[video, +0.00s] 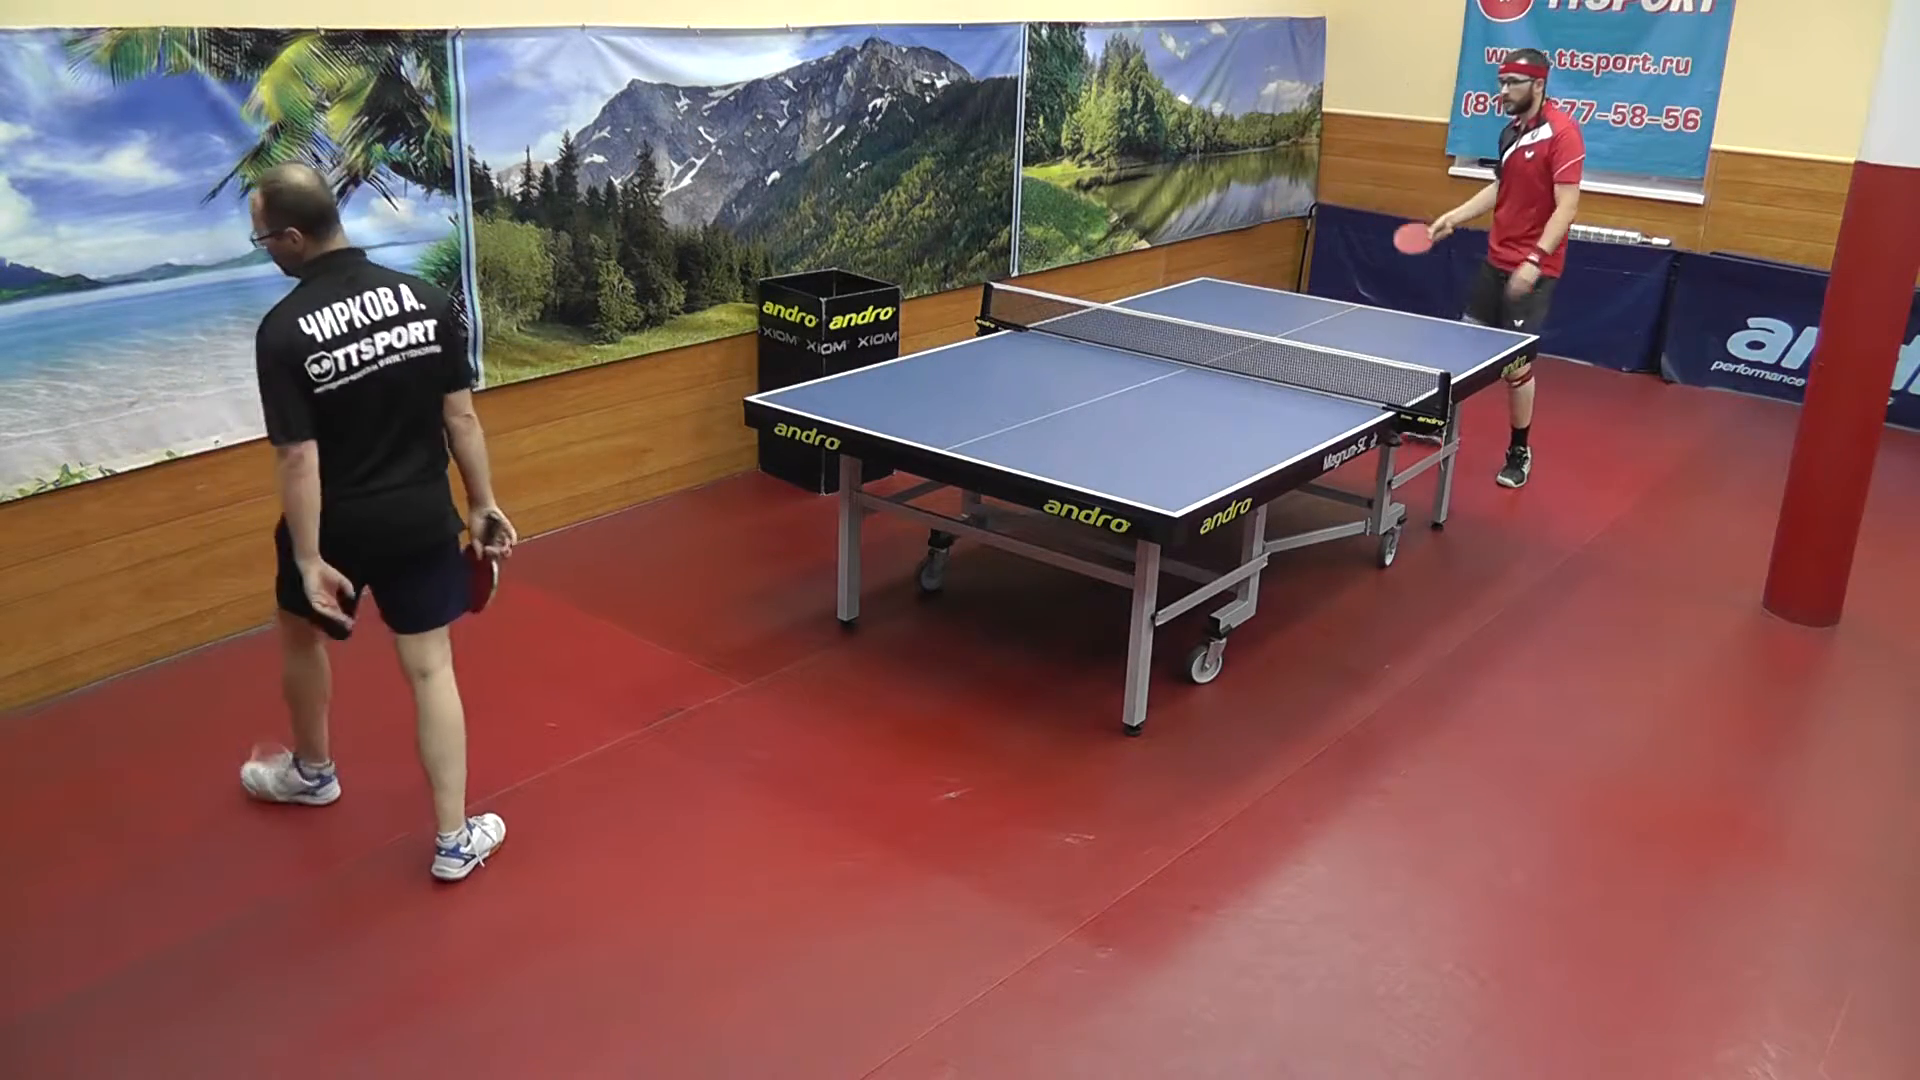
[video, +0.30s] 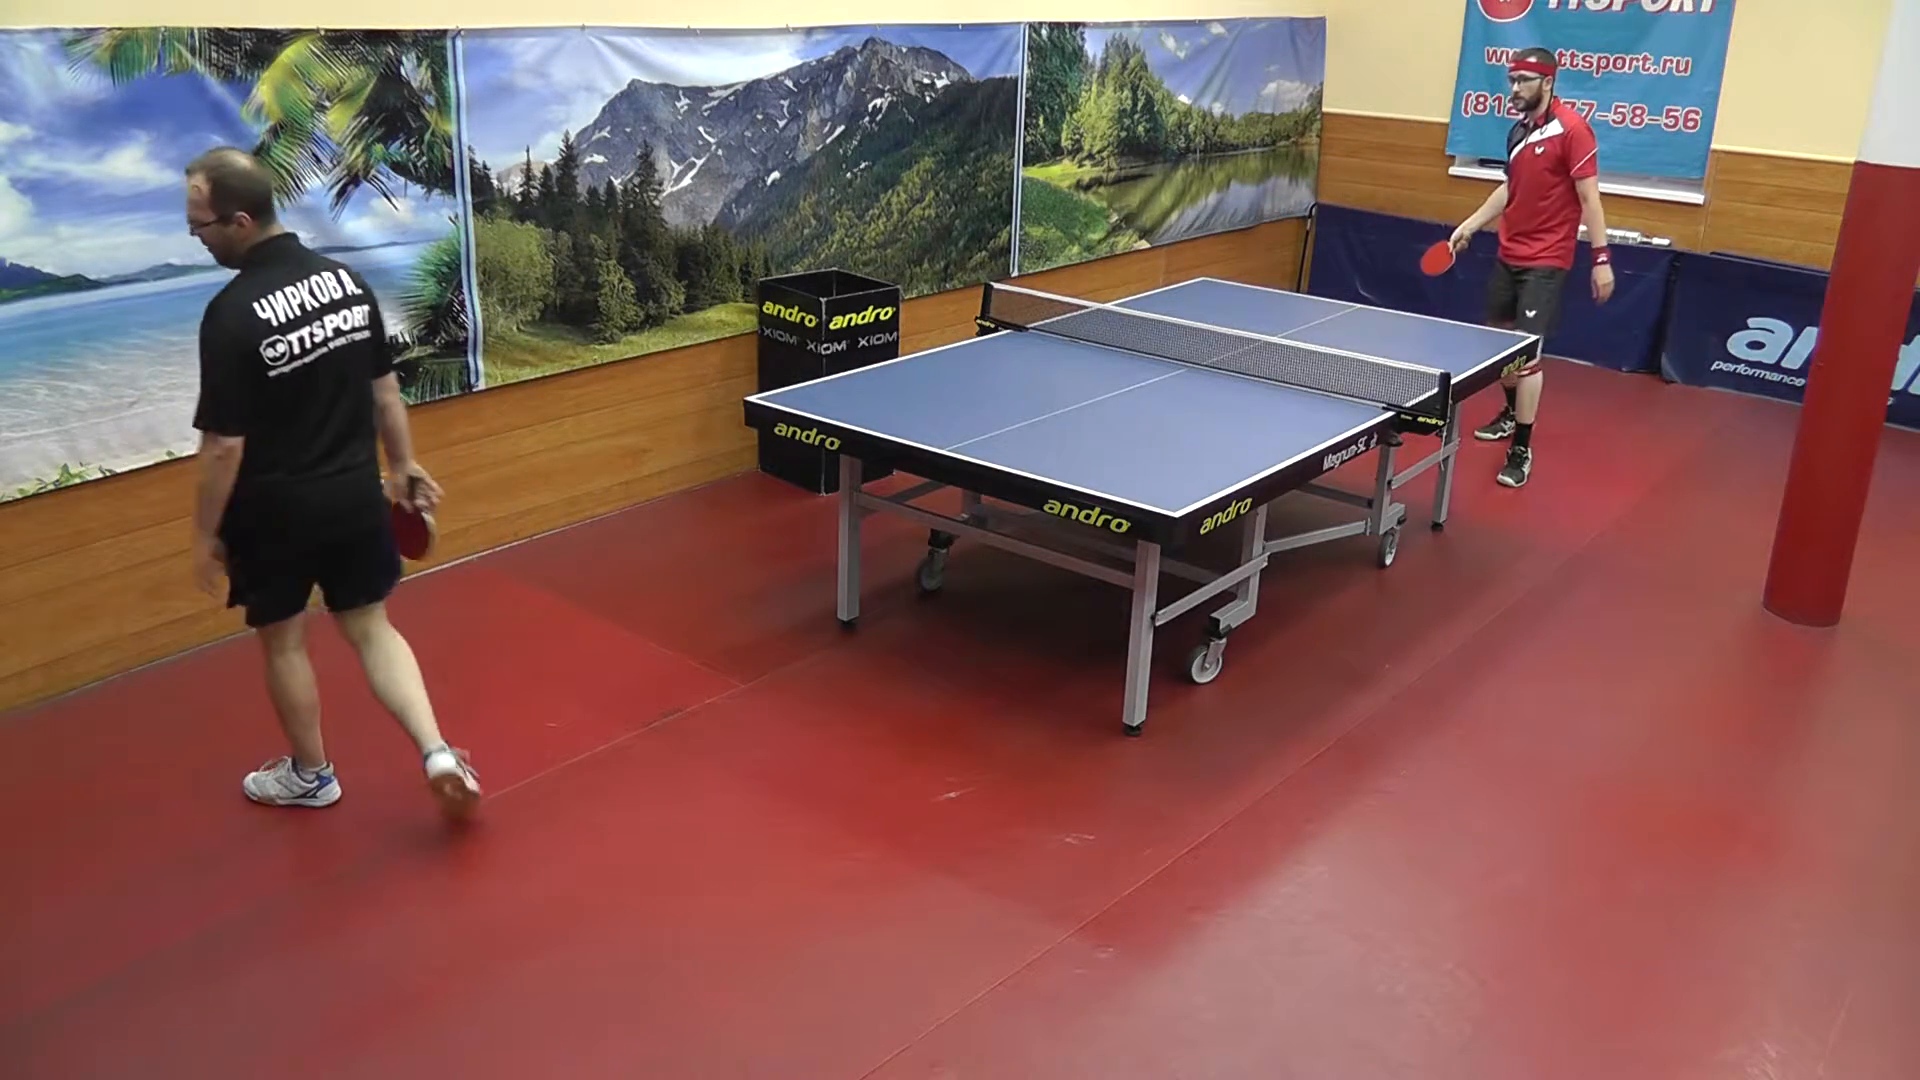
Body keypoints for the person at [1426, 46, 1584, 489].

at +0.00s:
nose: (1504, 91)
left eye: (1513, 84)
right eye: (1502, 83)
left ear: (1538, 85)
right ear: (1505, 85)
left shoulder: (1563, 133)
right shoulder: (1512, 129)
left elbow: (1567, 207)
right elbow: (1501, 188)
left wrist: (1534, 260)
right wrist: (1455, 216)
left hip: (1534, 267)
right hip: (1496, 260)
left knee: (1515, 363)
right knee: (1465, 342)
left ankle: (1518, 452)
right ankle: (1440, 417)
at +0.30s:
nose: (1516, 88)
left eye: (1525, 81)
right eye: (1513, 80)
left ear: (1547, 83)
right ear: (1513, 83)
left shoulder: (1573, 130)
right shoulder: (1519, 128)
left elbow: (1590, 199)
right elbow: (1511, 189)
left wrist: (1601, 258)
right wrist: (1470, 225)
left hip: (1547, 260)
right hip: (1509, 254)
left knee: (1527, 353)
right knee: (1496, 338)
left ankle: (1521, 450)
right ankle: (1513, 410)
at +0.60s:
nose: (1520, 84)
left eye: (1528, 77)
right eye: (1516, 77)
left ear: (1550, 77)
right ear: (1514, 79)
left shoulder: (1580, 120)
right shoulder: (1518, 126)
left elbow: (1598, 182)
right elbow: (1503, 182)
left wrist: (1585, 236)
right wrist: (1467, 223)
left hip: (1562, 252)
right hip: (1519, 249)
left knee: (1552, 342)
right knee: (1511, 329)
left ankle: (1544, 436)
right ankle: (1518, 416)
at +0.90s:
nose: (1549, 80)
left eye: (1557, 72)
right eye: (1544, 73)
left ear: (1577, 73)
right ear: (1540, 75)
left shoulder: (1605, 117)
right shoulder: (1539, 123)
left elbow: (1617, 177)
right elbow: (1525, 182)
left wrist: (1584, 215)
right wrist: (1499, 232)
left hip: (1582, 248)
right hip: (1535, 244)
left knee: (1576, 337)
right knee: (1524, 324)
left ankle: (1577, 394)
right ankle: (1519, 415)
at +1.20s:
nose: (1585, 85)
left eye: (1593, 78)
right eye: (1580, 77)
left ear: (1610, 79)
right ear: (1573, 78)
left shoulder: (1633, 124)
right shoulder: (1566, 119)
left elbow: (1641, 188)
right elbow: (1551, 177)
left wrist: (1632, 243)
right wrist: (1531, 224)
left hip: (1603, 248)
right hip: (1557, 240)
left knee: (1593, 329)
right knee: (1544, 319)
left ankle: (1578, 401)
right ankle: (1526, 406)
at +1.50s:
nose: (1607, 82)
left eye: (1616, 74)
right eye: (1601, 74)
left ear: (1630, 75)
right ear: (1593, 74)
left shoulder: (1648, 120)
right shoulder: (1576, 114)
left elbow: (1659, 178)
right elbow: (1554, 166)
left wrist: (1670, 233)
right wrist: (1527, 215)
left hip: (1611, 239)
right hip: (1564, 231)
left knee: (1597, 318)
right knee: (1543, 309)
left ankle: (1578, 400)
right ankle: (1539, 391)